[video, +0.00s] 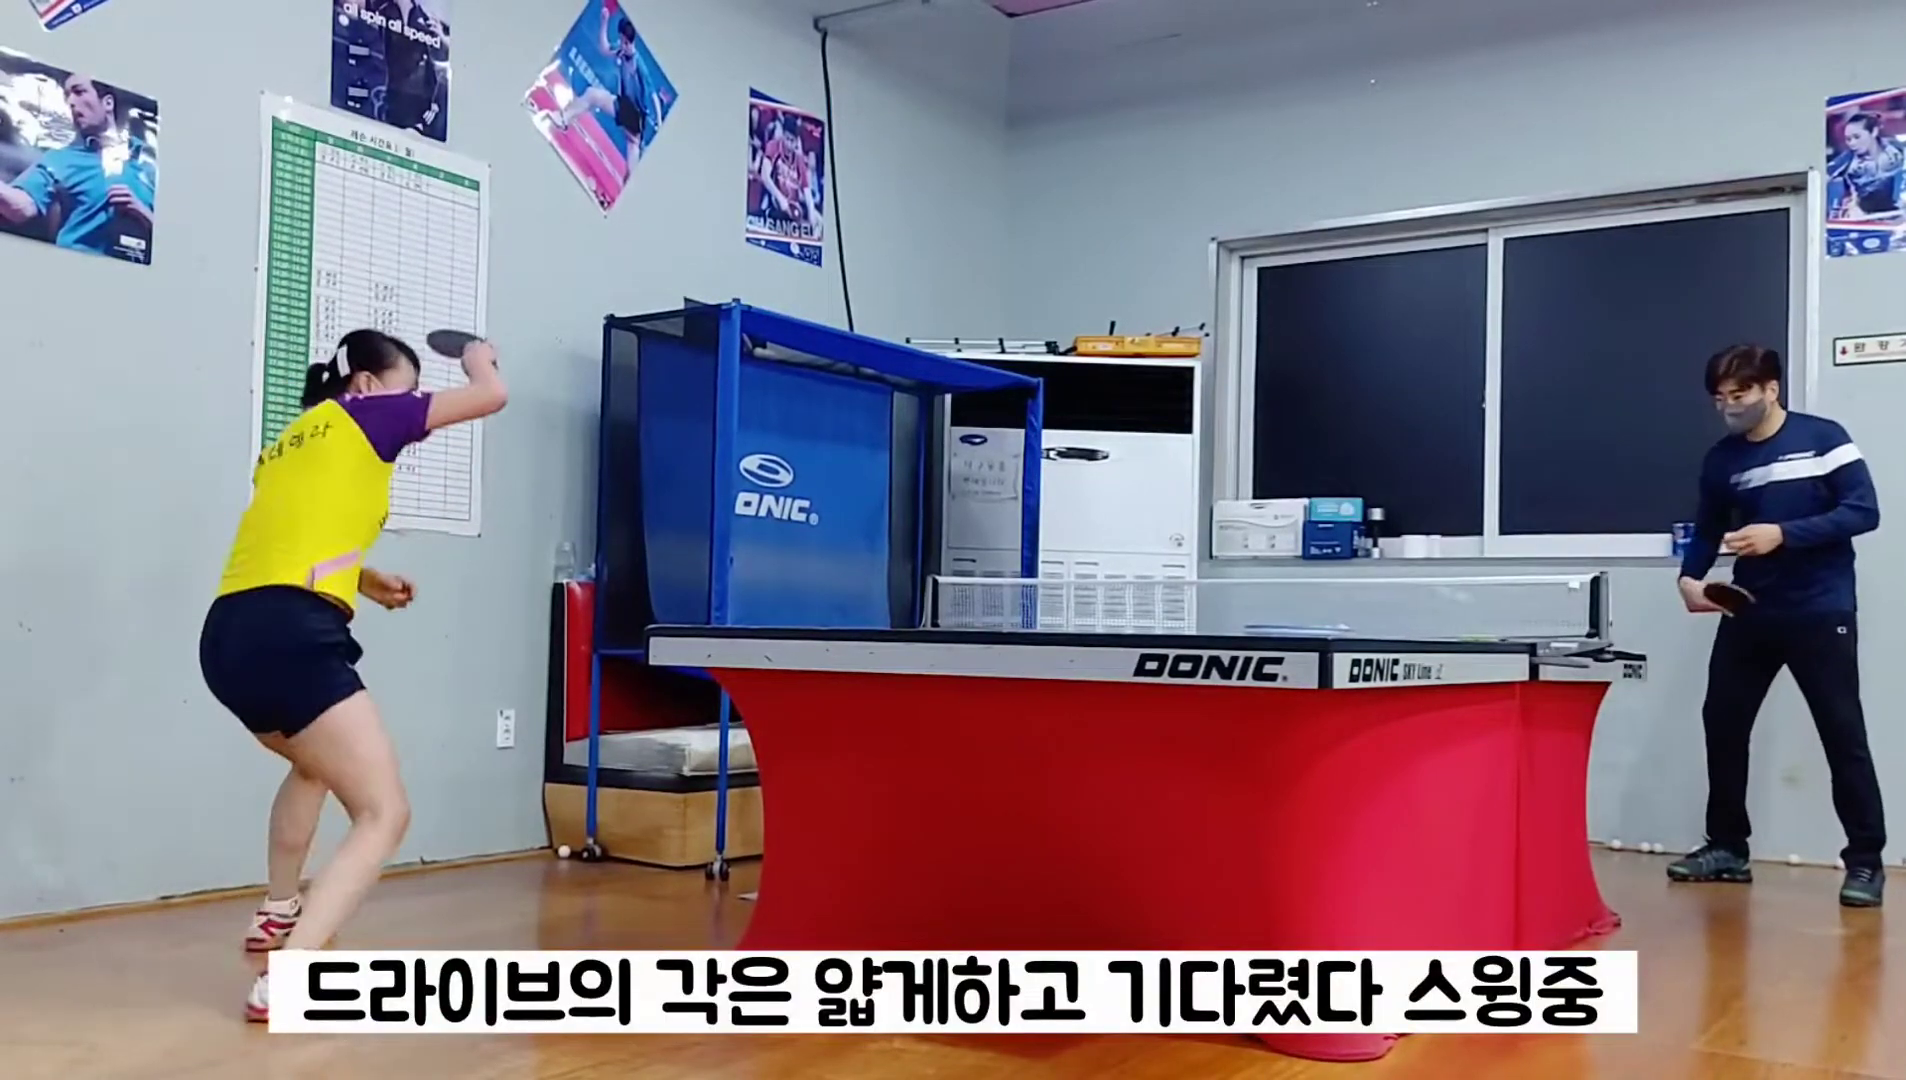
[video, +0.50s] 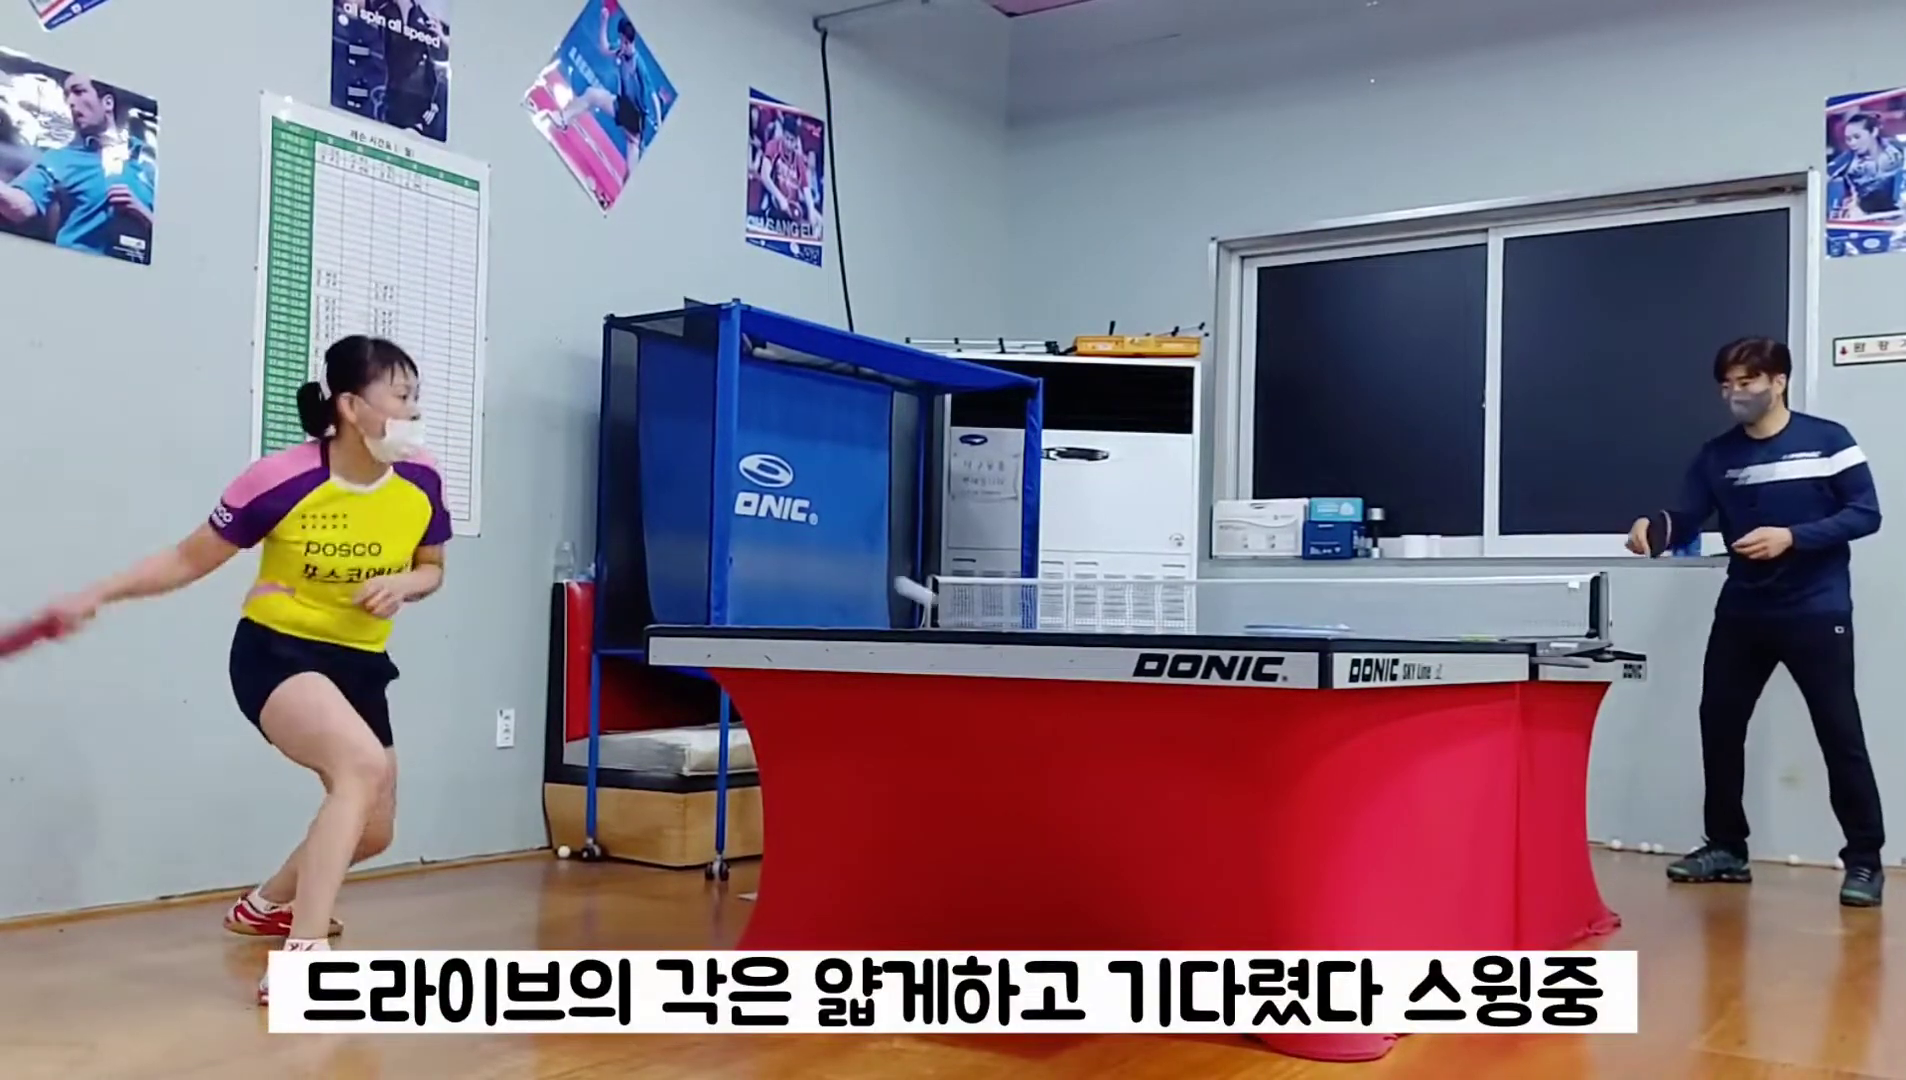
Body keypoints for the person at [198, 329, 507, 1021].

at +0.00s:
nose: (411, 402)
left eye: (413, 392)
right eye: (406, 390)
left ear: (349, 382)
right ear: (367, 380)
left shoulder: (293, 438)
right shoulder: (371, 414)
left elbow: (295, 530)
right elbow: (491, 398)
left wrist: (366, 577)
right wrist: (482, 365)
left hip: (225, 635)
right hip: (291, 629)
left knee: (311, 767)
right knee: (383, 814)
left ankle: (281, 910)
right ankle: (286, 981)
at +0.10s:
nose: (412, 381)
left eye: (412, 369)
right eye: (406, 367)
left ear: (345, 365)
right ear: (367, 361)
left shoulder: (293, 427)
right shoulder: (367, 401)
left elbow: (293, 515)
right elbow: (487, 428)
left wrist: (367, 554)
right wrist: (501, 397)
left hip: (240, 623)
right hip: (297, 619)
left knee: (320, 771)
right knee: (379, 802)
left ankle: (278, 910)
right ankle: (288, 979)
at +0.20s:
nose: (418, 343)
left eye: (418, 330)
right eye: (410, 328)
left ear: (364, 332)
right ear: (371, 328)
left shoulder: (337, 392)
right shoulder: (347, 377)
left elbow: (308, 508)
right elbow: (414, 470)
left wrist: (382, 525)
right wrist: (490, 464)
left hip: (285, 601)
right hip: (292, 602)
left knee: (337, 765)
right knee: (366, 774)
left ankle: (280, 899)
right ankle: (293, 965)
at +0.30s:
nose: (422, 338)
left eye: (422, 325)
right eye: (414, 324)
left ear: (378, 334)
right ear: (370, 330)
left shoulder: (378, 415)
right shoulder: (329, 391)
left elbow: (356, 517)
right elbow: (303, 508)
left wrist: (431, 550)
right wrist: (402, 536)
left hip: (335, 608)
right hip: (280, 603)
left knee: (362, 766)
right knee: (360, 763)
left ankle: (274, 893)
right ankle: (305, 949)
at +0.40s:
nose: (421, 378)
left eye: (422, 364)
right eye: (411, 363)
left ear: (373, 374)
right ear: (363, 373)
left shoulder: (415, 459)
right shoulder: (292, 450)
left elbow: (413, 538)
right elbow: (221, 550)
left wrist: (410, 560)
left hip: (355, 648)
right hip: (274, 636)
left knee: (370, 811)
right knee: (360, 771)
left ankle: (265, 898)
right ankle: (304, 957)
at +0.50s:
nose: (411, 414)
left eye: (413, 400)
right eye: (398, 399)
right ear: (349, 408)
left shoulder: (420, 480)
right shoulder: (281, 479)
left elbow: (431, 570)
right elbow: (189, 559)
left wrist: (404, 586)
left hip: (361, 664)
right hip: (277, 649)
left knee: (372, 834)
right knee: (360, 767)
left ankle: (267, 902)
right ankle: (304, 959)